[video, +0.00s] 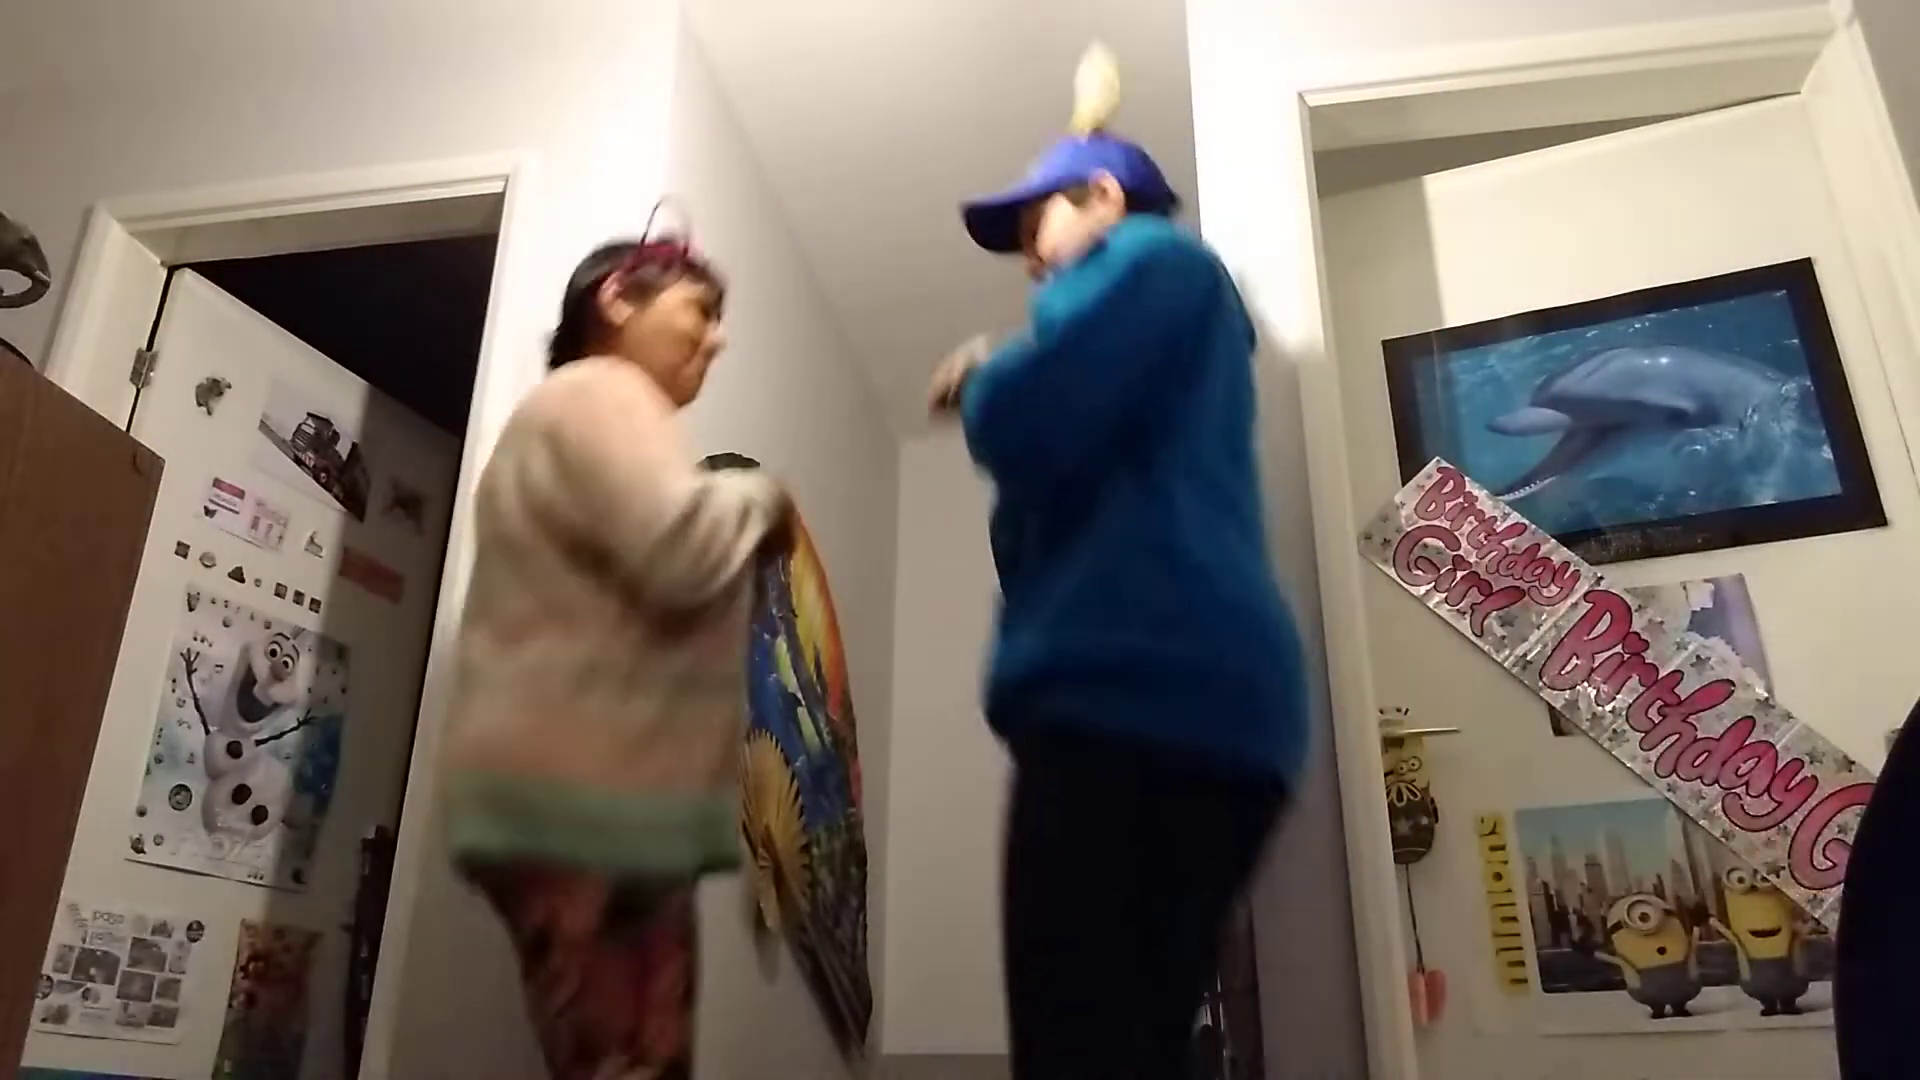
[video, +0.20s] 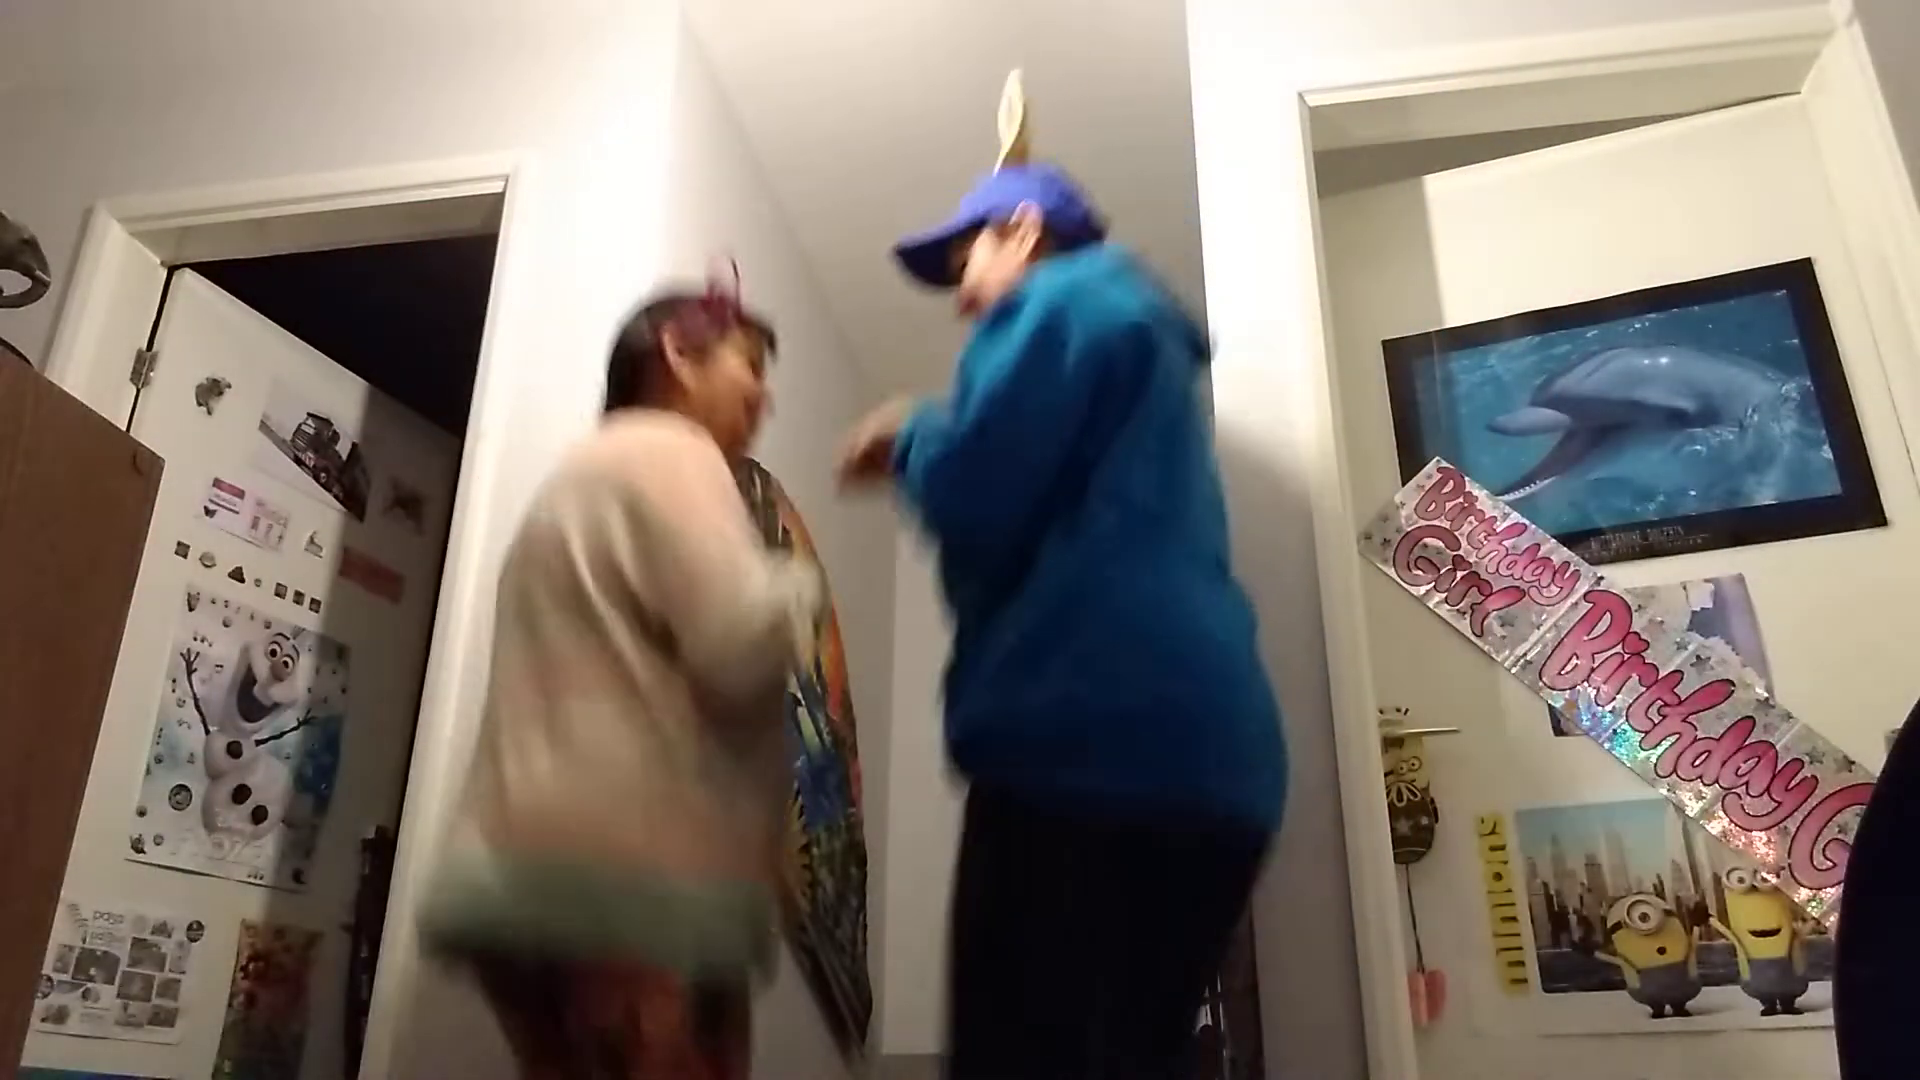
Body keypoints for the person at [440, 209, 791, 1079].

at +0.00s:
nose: (716, 337)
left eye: (717, 319)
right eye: (699, 308)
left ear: (623, 309)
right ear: (618, 304)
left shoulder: (559, 409)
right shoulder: (603, 396)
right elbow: (677, 558)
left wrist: (717, 498)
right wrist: (762, 495)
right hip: (596, 807)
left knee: (619, 1057)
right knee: (631, 1058)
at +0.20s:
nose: (762, 392)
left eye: (762, 368)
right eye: (748, 362)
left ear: (667, 358)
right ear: (678, 352)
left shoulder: (577, 471)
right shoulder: (668, 453)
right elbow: (739, 651)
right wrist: (800, 576)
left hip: (531, 896)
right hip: (651, 907)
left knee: (568, 1066)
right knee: (674, 1064)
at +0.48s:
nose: (801, 423)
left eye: (802, 403)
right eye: (795, 398)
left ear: (683, 385)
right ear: (744, 383)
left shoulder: (580, 480)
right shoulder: (763, 482)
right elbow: (825, 689)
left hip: (514, 867)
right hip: (682, 880)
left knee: (553, 1067)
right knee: (700, 1065)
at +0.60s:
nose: (800, 425)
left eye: (802, 404)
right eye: (798, 400)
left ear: (674, 385)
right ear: (761, 382)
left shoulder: (572, 479)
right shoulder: (793, 492)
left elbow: (491, 673)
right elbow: (843, 698)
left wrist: (539, 755)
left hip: (516, 843)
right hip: (702, 854)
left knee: (547, 1064)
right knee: (699, 1064)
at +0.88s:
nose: (784, 457)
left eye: (785, 436)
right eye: (784, 435)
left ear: (664, 421)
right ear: (764, 425)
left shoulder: (569, 506)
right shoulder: (811, 520)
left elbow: (482, 718)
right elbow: (859, 663)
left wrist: (593, 730)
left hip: (601, 864)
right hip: (799, 843)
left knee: (615, 1059)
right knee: (777, 1058)